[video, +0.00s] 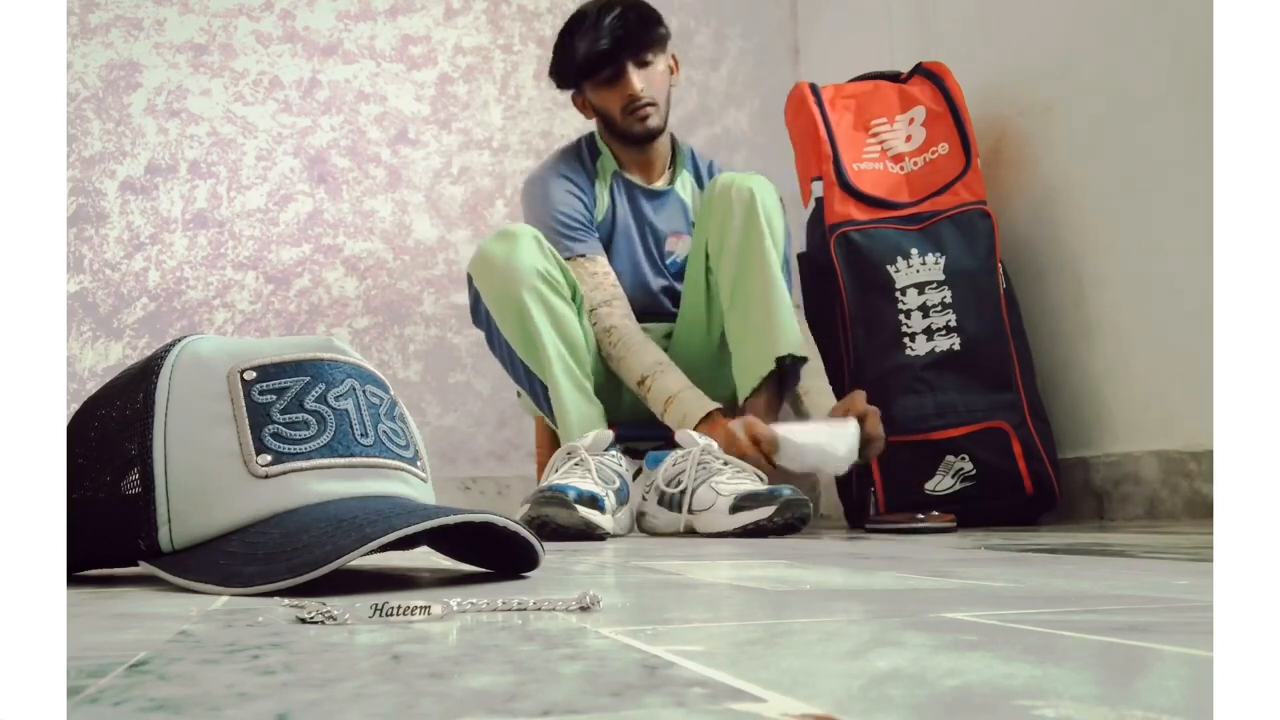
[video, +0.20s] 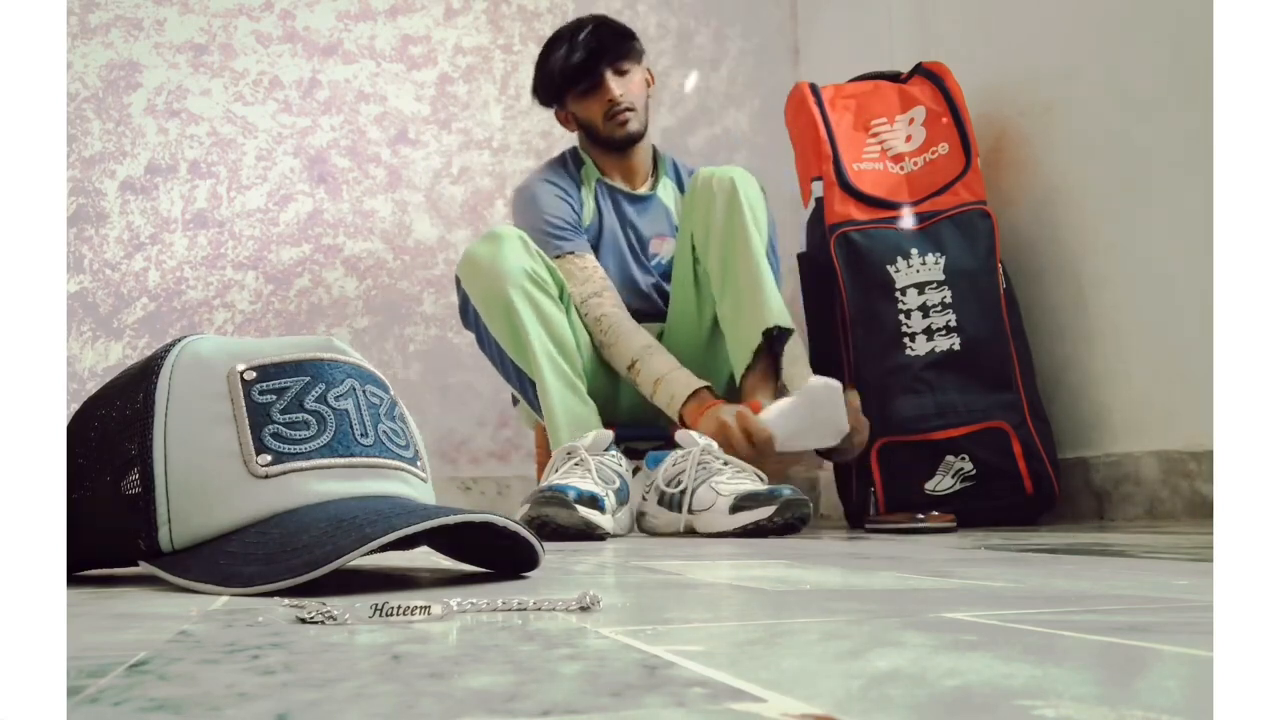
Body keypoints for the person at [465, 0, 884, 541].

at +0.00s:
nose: (635, 87)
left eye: (645, 63)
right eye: (609, 77)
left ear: (672, 69)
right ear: (584, 105)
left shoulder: (715, 185)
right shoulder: (558, 187)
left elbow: (779, 314)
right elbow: (615, 329)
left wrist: (827, 416)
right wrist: (708, 420)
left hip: (702, 378)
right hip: (602, 379)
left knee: (747, 192)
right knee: (504, 251)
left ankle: (722, 464)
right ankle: (591, 461)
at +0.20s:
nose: (613, 91)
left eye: (622, 71)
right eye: (589, 85)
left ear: (647, 81)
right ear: (567, 118)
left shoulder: (703, 190)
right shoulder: (547, 195)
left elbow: (765, 319)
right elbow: (606, 321)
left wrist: (814, 414)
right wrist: (695, 404)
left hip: (694, 379)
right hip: (594, 382)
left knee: (728, 183)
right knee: (491, 254)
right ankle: (586, 461)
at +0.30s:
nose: (603, 92)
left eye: (612, 72)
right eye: (579, 86)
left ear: (636, 86)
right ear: (556, 123)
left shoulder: (695, 190)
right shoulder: (537, 200)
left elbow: (759, 322)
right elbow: (598, 318)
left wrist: (813, 406)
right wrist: (691, 387)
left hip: (690, 380)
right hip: (593, 383)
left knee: (718, 179)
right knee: (485, 256)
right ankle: (588, 460)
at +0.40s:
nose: (597, 105)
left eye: (605, 84)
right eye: (573, 98)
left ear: (630, 95)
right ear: (552, 133)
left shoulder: (690, 192)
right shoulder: (534, 205)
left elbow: (755, 316)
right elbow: (593, 319)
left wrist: (757, 401)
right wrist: (681, 391)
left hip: (688, 375)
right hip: (592, 382)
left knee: (713, 178)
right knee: (482, 254)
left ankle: (755, 390)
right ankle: (585, 458)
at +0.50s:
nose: (588, 109)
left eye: (596, 88)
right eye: (564, 104)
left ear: (623, 96)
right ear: (547, 135)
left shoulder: (689, 193)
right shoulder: (533, 206)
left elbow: (763, 332)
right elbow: (601, 319)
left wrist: (760, 386)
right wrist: (683, 385)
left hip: (684, 378)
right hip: (592, 383)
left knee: (724, 178)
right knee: (482, 254)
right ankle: (582, 459)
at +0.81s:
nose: (566, 104)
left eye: (576, 83)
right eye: (544, 102)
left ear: (611, 91)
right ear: (536, 135)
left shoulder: (681, 189)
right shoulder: (529, 202)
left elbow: (736, 290)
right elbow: (579, 301)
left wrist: (796, 350)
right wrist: (675, 345)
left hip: (692, 380)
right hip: (596, 380)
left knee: (727, 179)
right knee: (489, 251)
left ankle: (762, 391)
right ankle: (588, 458)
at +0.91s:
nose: (579, 103)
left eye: (589, 80)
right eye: (556, 97)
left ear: (619, 84)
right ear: (541, 124)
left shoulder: (685, 190)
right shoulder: (529, 193)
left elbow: (736, 291)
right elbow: (574, 302)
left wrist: (801, 344)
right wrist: (673, 339)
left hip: (694, 383)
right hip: (597, 382)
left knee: (729, 181)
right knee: (488, 252)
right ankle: (587, 458)